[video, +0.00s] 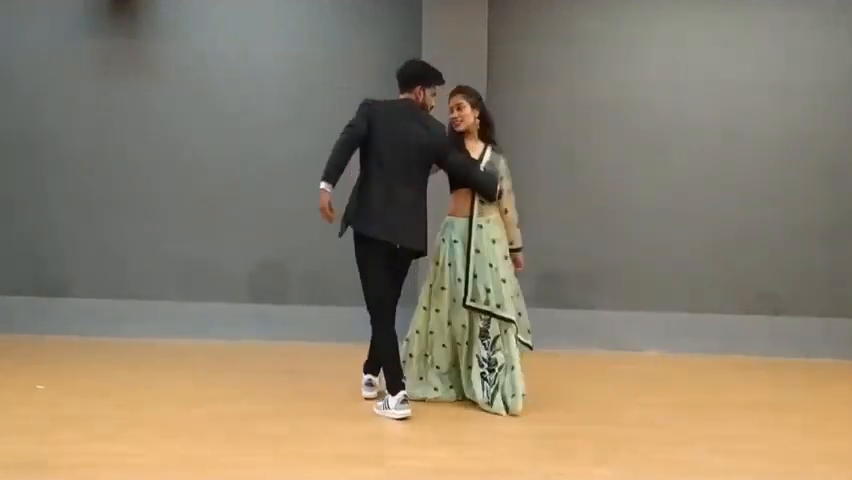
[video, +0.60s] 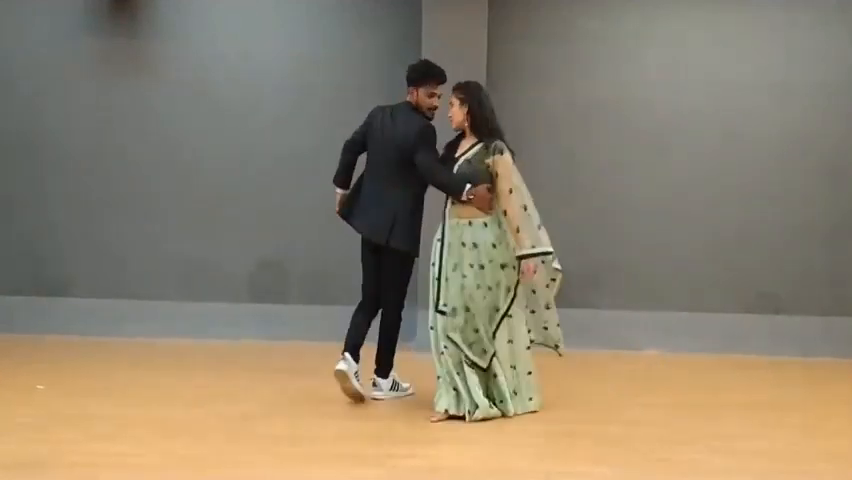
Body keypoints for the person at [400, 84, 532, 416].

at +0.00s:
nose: (455, 115)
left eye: (461, 108)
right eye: (452, 110)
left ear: (477, 112)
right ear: (450, 117)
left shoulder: (496, 159)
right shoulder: (448, 152)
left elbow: (507, 205)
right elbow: (420, 160)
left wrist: (515, 246)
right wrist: (418, 115)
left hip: (488, 234)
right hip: (455, 232)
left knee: (488, 309)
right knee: (452, 307)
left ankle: (487, 382)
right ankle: (450, 381)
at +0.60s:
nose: (450, 111)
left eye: (455, 105)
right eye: (450, 105)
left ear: (471, 109)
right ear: (464, 110)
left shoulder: (496, 151)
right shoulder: (453, 148)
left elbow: (513, 204)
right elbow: (442, 183)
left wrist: (527, 251)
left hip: (485, 242)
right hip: (452, 240)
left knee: (483, 316)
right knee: (449, 317)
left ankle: (492, 394)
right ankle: (452, 396)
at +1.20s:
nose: (404, 118)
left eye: (409, 112)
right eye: (409, 111)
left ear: (416, 118)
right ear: (437, 120)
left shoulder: (419, 162)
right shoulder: (420, 159)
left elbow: (418, 216)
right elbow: (418, 215)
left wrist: (417, 263)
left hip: (414, 259)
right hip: (414, 257)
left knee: (409, 334)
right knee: (411, 334)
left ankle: (407, 406)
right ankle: (408, 405)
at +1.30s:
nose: (436, 123)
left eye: (434, 114)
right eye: (432, 115)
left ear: (403, 115)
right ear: (421, 118)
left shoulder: (418, 160)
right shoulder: (401, 162)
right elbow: (395, 215)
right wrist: (395, 264)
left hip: (418, 260)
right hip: (403, 262)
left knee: (414, 336)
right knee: (399, 337)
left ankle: (409, 409)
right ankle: (393, 409)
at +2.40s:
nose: (373, 127)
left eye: (372, 121)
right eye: (369, 121)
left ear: (349, 122)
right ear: (355, 123)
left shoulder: (337, 159)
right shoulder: (354, 161)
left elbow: (363, 207)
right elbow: (381, 205)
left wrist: (397, 208)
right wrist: (426, 203)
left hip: (338, 243)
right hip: (354, 245)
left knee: (341, 323)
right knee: (358, 323)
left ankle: (335, 402)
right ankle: (355, 404)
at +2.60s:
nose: (367, 123)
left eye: (367, 117)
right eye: (362, 117)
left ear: (356, 120)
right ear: (347, 120)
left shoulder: (360, 155)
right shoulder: (333, 159)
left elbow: (367, 197)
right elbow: (334, 207)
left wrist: (375, 167)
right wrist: (373, 216)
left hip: (363, 241)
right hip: (337, 244)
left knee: (364, 317)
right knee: (348, 318)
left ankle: (362, 396)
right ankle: (345, 399)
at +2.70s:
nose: (362, 123)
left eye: (361, 117)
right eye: (356, 118)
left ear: (353, 123)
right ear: (339, 121)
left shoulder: (357, 162)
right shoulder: (319, 163)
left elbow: (363, 209)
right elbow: (310, 210)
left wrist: (378, 182)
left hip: (349, 242)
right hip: (321, 242)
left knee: (351, 319)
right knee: (329, 319)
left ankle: (353, 397)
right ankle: (330, 398)